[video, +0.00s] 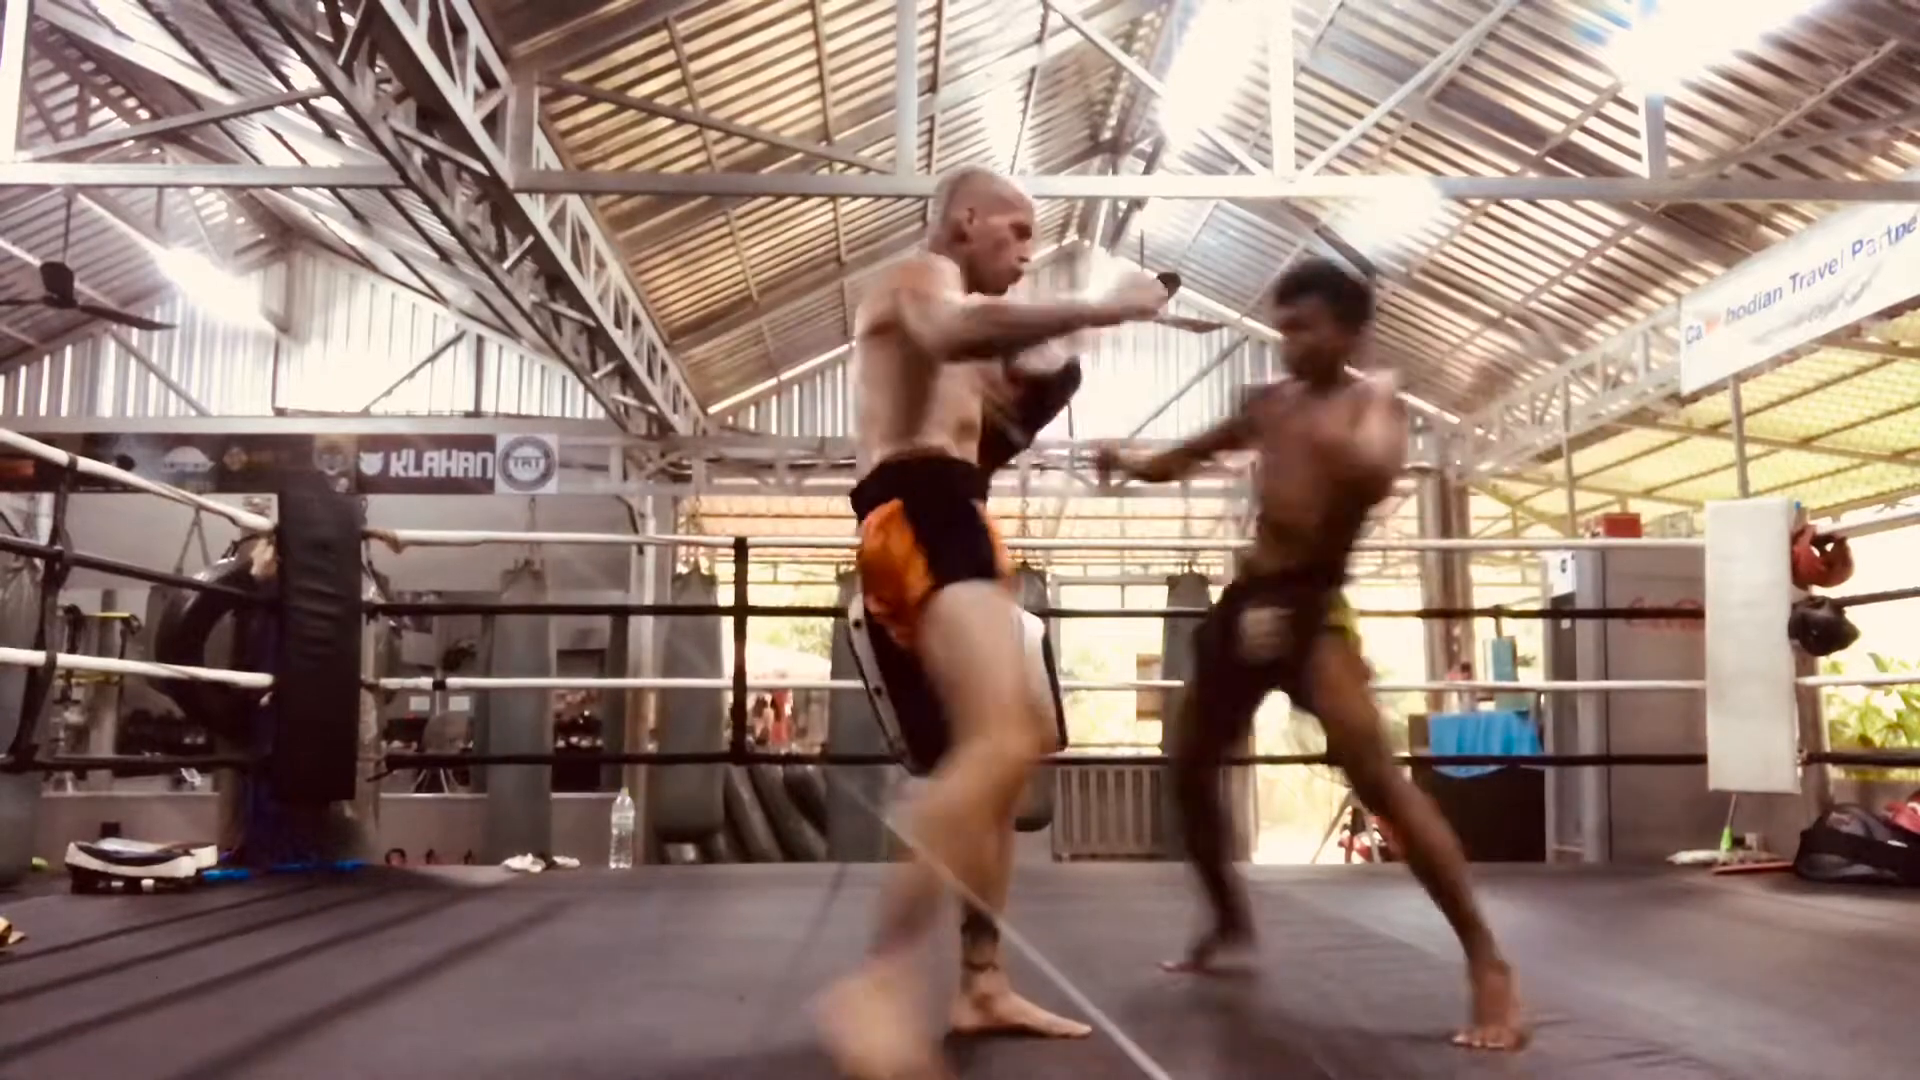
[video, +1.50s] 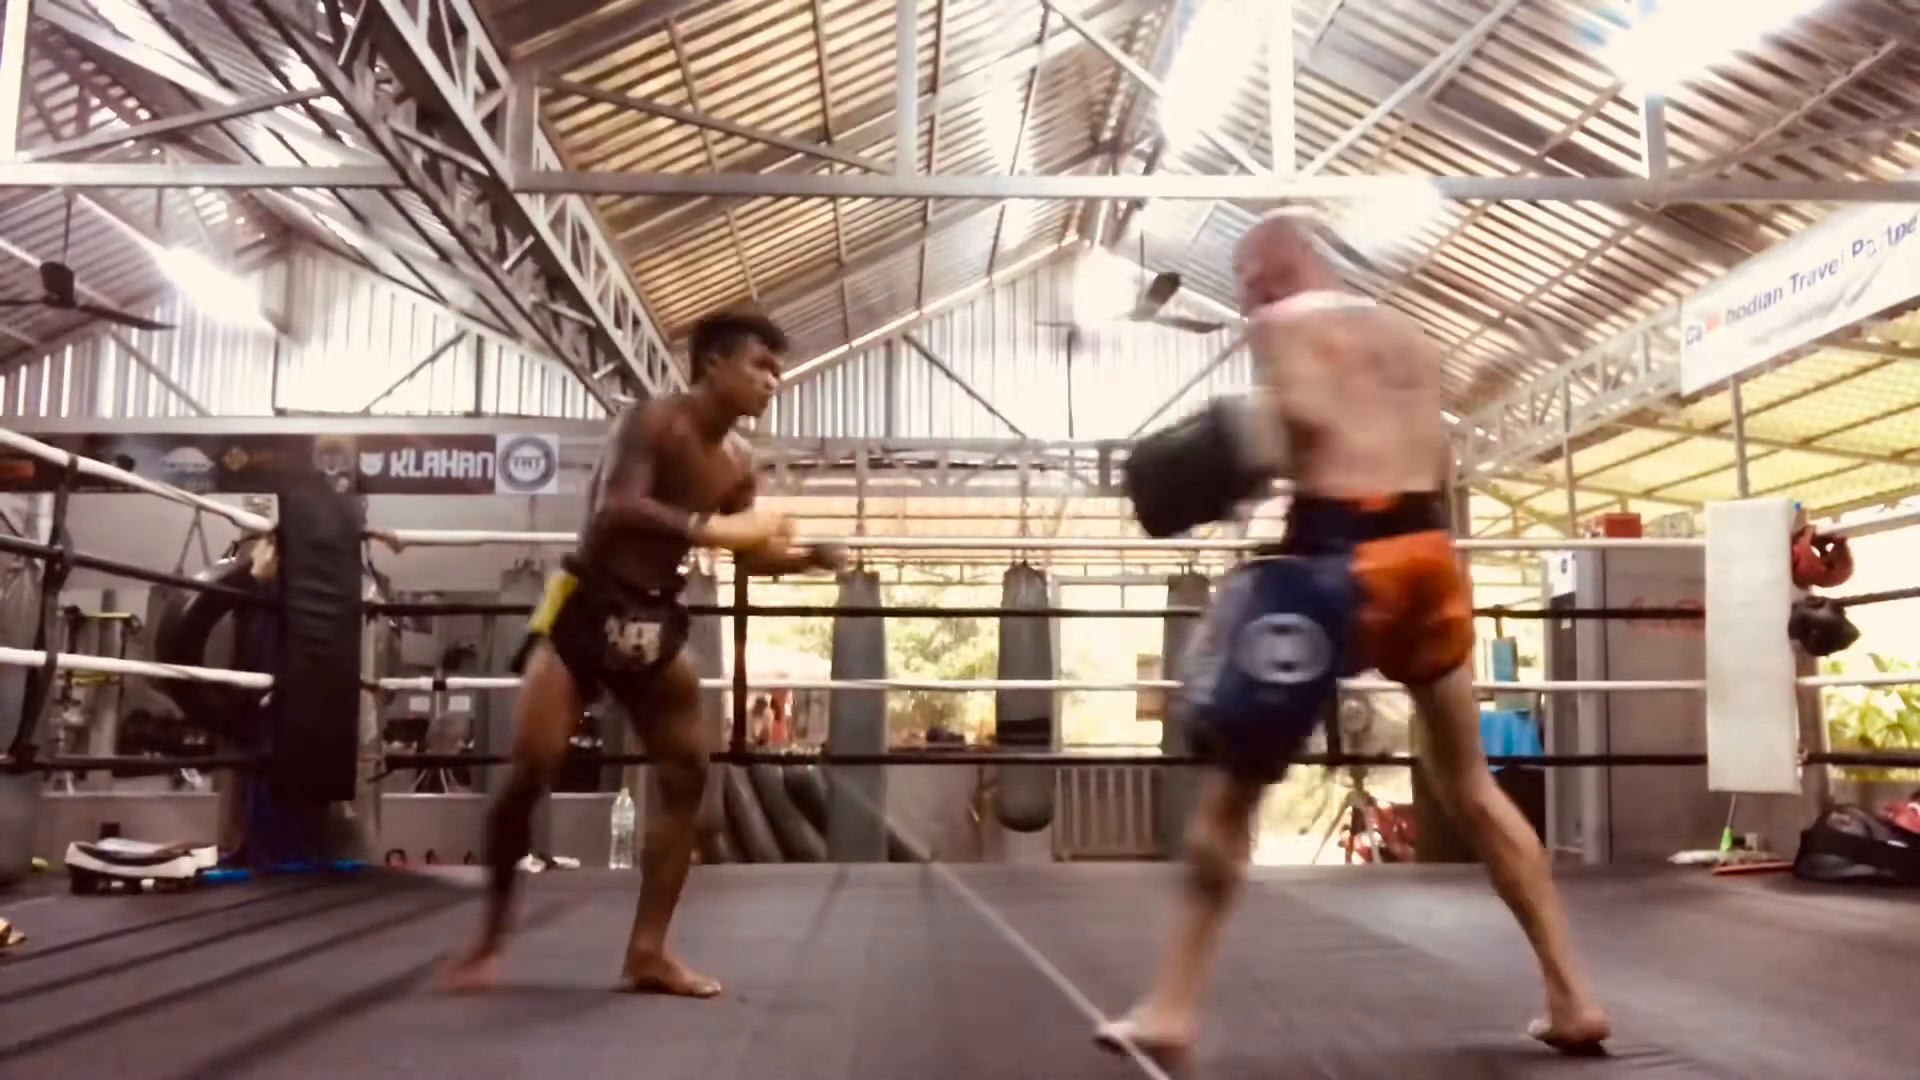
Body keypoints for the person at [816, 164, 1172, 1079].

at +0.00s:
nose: (1026, 248)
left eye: (1030, 236)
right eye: (1015, 230)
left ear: (985, 229)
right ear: (965, 221)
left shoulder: (964, 318)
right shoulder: (923, 272)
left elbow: (963, 451)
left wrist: (1027, 407)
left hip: (936, 513)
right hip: (918, 502)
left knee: (1011, 745)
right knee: (1004, 733)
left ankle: (984, 983)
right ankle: (880, 983)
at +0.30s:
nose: (1054, 276)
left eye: (1059, 262)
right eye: (1046, 255)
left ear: (1000, 235)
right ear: (995, 230)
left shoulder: (959, 324)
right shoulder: (927, 270)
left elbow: (966, 471)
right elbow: (996, 370)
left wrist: (1066, 396)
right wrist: (1080, 327)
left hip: (920, 536)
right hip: (866, 519)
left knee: (975, 762)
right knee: (839, 777)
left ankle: (977, 987)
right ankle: (763, 1036)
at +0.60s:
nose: (1086, 264)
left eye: (1092, 248)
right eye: (1082, 242)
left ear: (1035, 220)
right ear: (1036, 217)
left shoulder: (1004, 304)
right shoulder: (951, 262)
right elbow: (1001, 356)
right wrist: (1117, 322)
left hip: (982, 536)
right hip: (922, 521)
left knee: (1014, 775)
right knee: (877, 784)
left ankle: (990, 987)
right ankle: (768, 1033)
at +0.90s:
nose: (1147, 254)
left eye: (1143, 239)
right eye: (1141, 237)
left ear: (1075, 231)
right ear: (1115, 229)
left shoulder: (1010, 314)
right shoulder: (1097, 277)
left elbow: (920, 438)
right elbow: (1166, 412)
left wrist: (974, 509)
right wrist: (1178, 455)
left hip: (991, 524)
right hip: (1033, 523)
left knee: (1083, 780)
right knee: (973, 782)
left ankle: (1075, 1004)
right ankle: (802, 993)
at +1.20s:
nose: (1197, 231)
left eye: (1184, 217)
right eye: (1195, 217)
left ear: (1133, 230)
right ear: (1201, 225)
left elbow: (1006, 405)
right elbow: (1303, 420)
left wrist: (1073, 443)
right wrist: (1231, 450)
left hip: (1122, 525)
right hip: (1223, 512)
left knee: (1108, 773)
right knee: (1324, 739)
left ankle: (1080, 1001)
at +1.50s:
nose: (1252, 302)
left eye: (1254, 286)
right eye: (1249, 289)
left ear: (1285, 266)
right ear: (1317, 261)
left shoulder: (1284, 322)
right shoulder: (1410, 334)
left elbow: (1298, 430)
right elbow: (1429, 461)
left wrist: (1214, 454)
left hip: (1333, 562)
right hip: (1431, 551)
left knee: (1230, 797)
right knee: (1470, 788)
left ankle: (1171, 1011)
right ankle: (1573, 999)